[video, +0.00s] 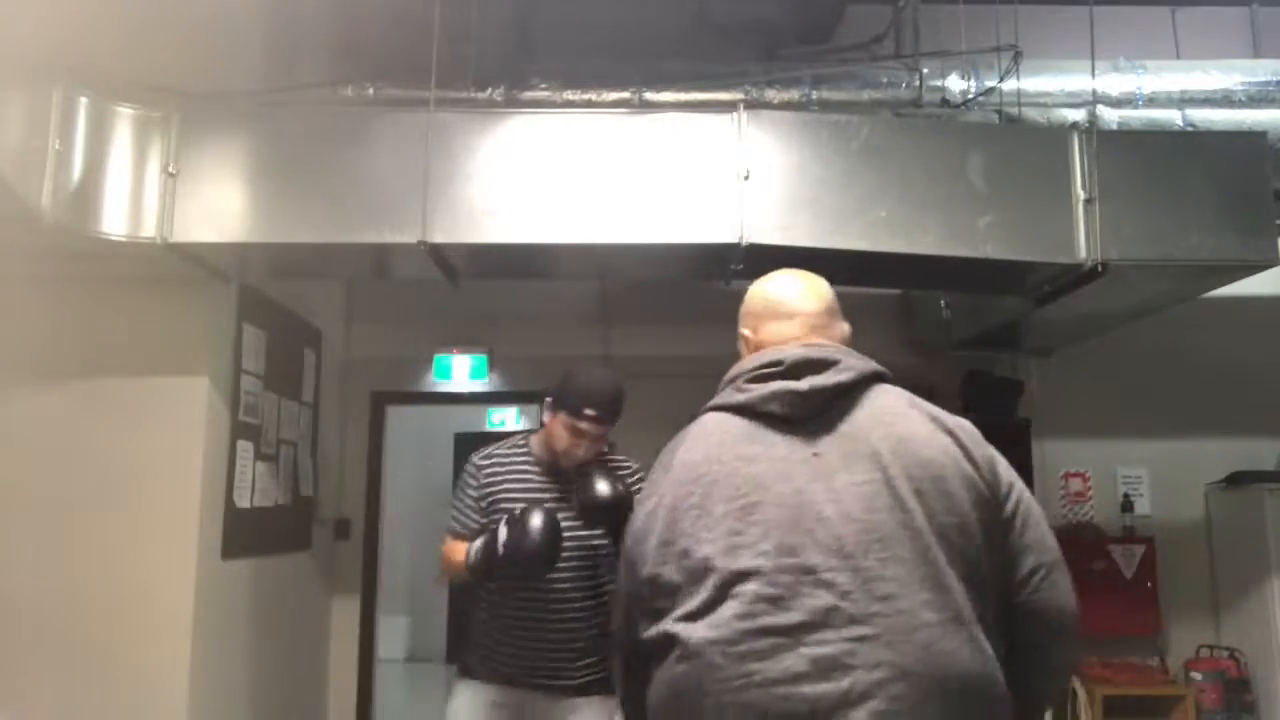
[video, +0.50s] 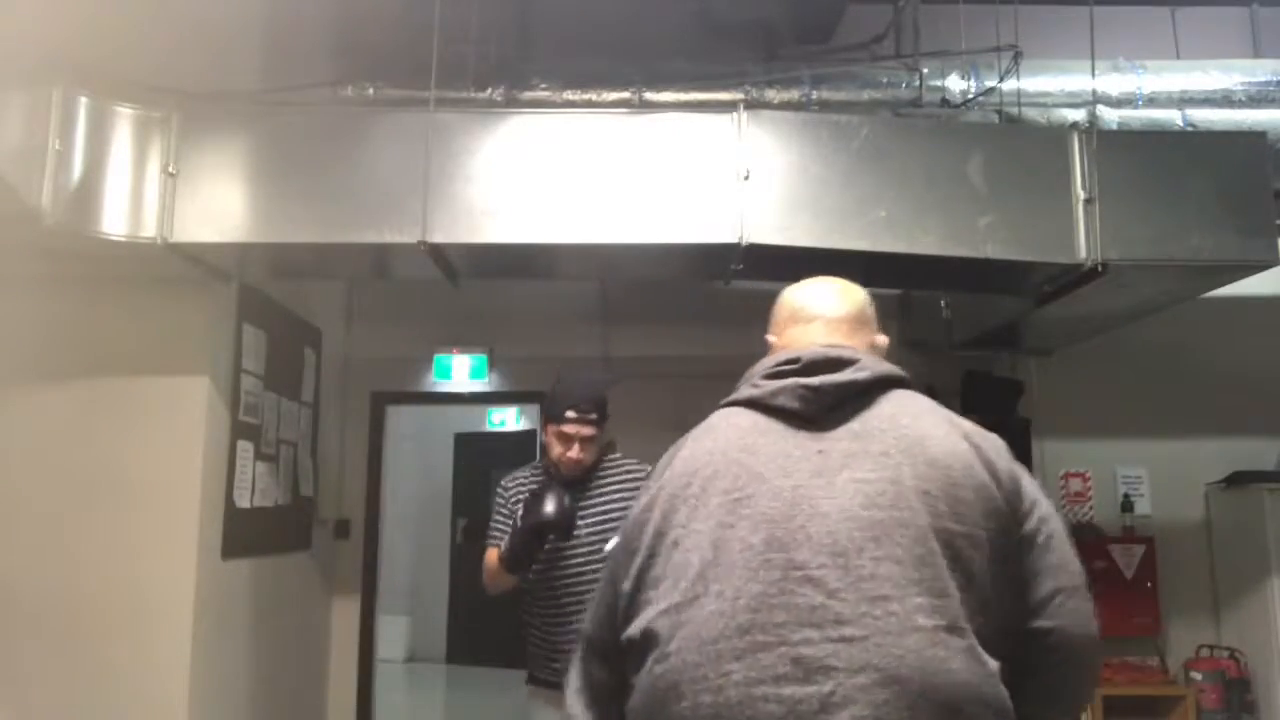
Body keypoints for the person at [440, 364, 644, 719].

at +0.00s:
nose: (585, 450)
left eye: (597, 439)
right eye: (576, 434)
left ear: (610, 434)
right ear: (549, 413)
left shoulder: (624, 476)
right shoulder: (487, 467)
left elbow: (656, 565)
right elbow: (450, 558)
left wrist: (623, 521)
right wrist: (493, 548)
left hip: (589, 691)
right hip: (494, 683)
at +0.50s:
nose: (575, 453)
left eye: (588, 441)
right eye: (564, 440)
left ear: (603, 435)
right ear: (544, 431)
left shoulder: (638, 479)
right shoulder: (515, 489)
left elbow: (671, 553)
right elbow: (493, 583)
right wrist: (527, 539)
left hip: (626, 674)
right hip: (550, 680)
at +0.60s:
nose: (583, 440)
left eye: (595, 428)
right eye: (572, 427)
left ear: (610, 423)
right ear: (551, 418)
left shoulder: (647, 464)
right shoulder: (524, 475)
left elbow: (688, 541)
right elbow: (498, 565)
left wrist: (653, 539)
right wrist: (534, 519)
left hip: (631, 662)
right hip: (558, 669)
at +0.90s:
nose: (634, 449)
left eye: (645, 438)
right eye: (623, 435)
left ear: (657, 433)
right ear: (599, 422)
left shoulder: (674, 475)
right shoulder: (558, 475)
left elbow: (727, 554)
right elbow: (530, 559)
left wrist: (713, 501)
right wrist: (582, 507)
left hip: (663, 688)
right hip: (579, 687)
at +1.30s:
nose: (604, 444)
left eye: (614, 435)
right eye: (595, 431)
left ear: (624, 432)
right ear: (566, 419)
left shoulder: (639, 473)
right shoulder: (520, 471)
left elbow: (670, 559)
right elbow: (502, 554)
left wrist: (676, 499)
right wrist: (559, 498)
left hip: (629, 682)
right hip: (543, 683)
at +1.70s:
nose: (574, 439)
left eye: (585, 429)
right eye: (567, 423)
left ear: (593, 427)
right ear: (533, 409)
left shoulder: (593, 471)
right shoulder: (474, 468)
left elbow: (612, 554)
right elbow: (468, 555)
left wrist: (631, 538)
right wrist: (531, 505)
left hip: (584, 681)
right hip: (498, 685)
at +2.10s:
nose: (624, 440)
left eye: (631, 430)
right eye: (619, 421)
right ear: (581, 400)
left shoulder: (608, 472)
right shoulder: (495, 457)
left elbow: (630, 567)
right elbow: (456, 561)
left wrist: (648, 520)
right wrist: (550, 540)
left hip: (586, 696)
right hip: (498, 698)